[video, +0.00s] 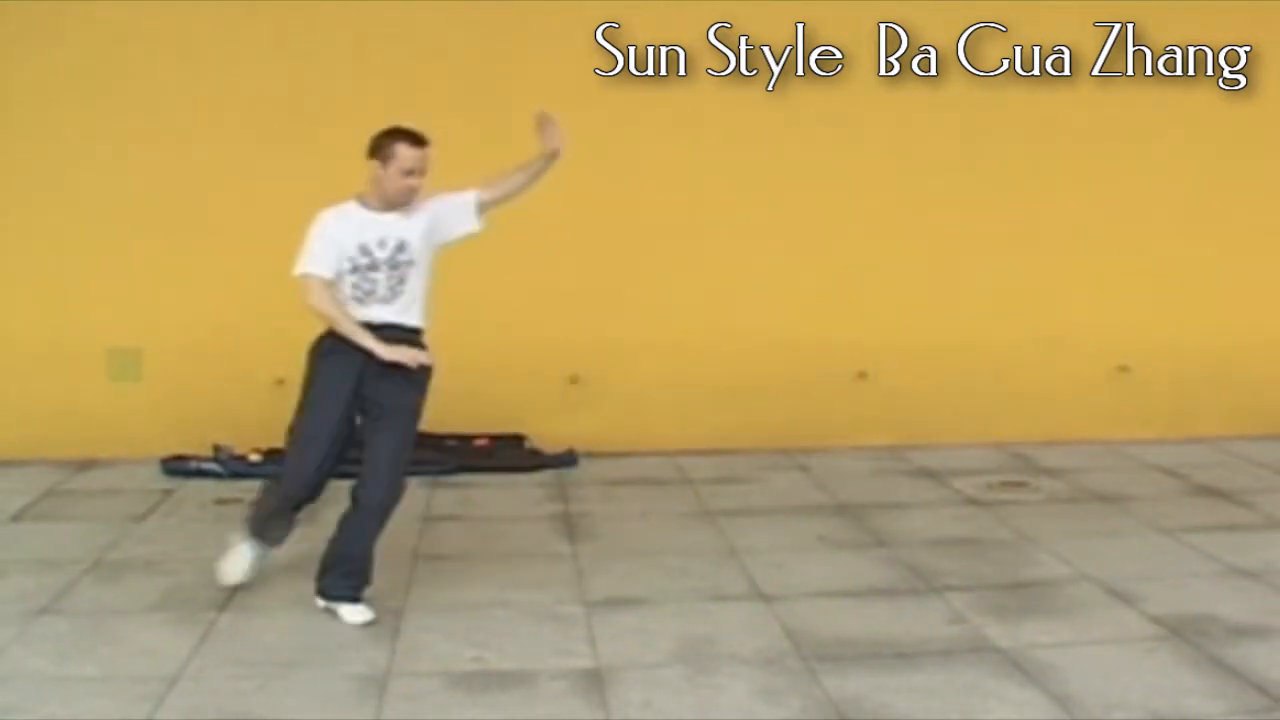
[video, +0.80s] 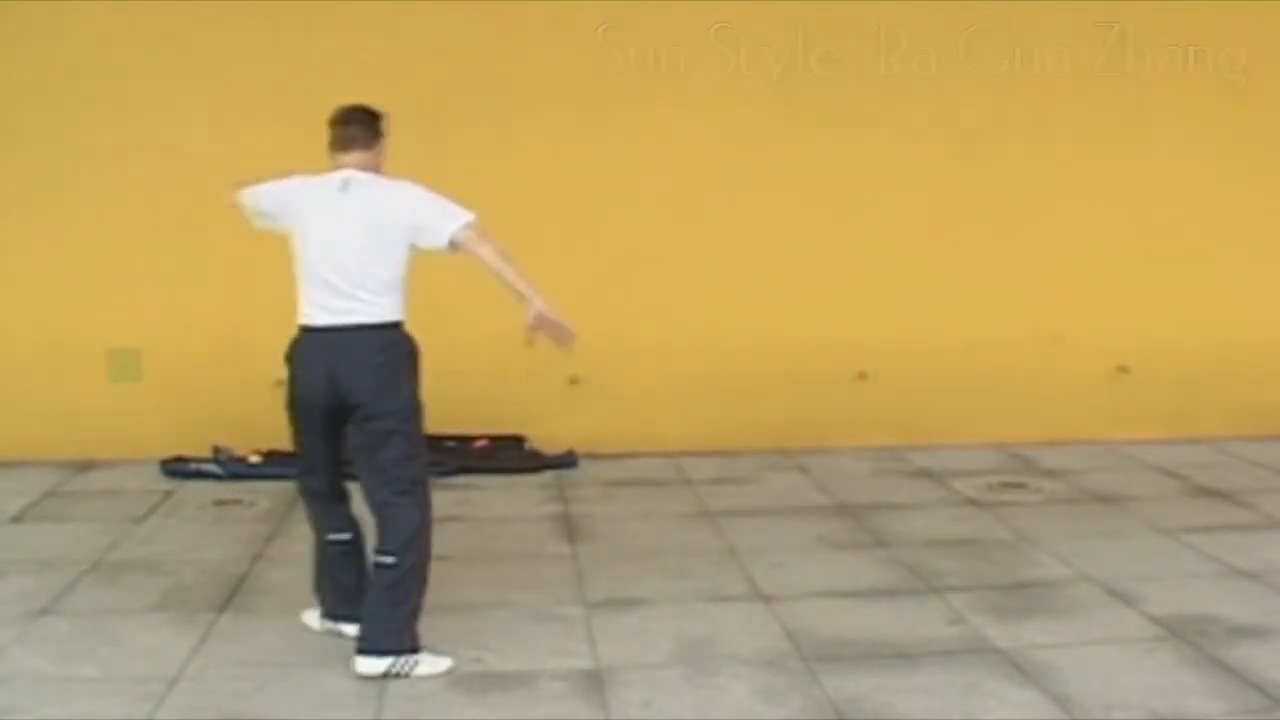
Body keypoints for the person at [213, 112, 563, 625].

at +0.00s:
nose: (418, 184)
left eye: (422, 174)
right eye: (408, 172)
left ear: (423, 174)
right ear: (376, 169)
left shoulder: (427, 217)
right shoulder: (335, 222)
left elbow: (492, 194)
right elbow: (317, 295)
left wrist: (545, 158)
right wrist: (380, 347)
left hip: (403, 356)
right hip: (343, 349)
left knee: (382, 485)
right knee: (306, 467)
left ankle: (340, 588)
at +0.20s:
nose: (413, 182)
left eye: (415, 171)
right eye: (404, 170)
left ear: (405, 172)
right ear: (369, 165)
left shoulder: (407, 210)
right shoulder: (327, 224)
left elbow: (468, 180)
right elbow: (312, 303)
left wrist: (532, 144)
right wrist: (374, 363)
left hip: (394, 355)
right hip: (339, 357)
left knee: (388, 488)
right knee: (321, 482)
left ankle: (343, 589)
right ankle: (273, 618)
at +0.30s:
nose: (417, 179)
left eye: (419, 167)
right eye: (409, 167)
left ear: (385, 165)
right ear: (372, 161)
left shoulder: (399, 206)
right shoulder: (331, 219)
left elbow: (458, 170)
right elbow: (319, 303)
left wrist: (525, 135)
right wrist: (381, 369)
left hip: (385, 355)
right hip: (333, 360)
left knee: (391, 492)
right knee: (344, 491)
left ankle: (343, 593)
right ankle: (347, 633)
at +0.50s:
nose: (423, 172)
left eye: (426, 161)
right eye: (419, 159)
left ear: (385, 155)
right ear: (392, 154)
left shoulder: (359, 195)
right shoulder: (356, 208)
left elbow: (423, 159)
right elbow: (358, 301)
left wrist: (475, 130)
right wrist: (403, 366)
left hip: (339, 355)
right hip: (341, 361)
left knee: (370, 489)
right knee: (389, 507)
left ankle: (326, 591)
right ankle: (382, 646)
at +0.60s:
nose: (420, 166)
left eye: (423, 155)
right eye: (420, 154)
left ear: (370, 142)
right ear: (402, 147)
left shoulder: (330, 187)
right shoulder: (383, 202)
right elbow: (402, 283)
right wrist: (446, 356)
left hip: (312, 350)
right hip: (355, 357)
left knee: (355, 489)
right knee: (395, 504)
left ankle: (327, 602)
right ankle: (384, 646)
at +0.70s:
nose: (407, 159)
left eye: (407, 151)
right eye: (407, 150)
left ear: (355, 146)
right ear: (398, 148)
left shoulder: (314, 191)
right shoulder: (400, 200)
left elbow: (294, 177)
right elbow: (452, 273)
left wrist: (345, 162)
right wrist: (493, 336)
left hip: (309, 352)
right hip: (364, 356)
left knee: (340, 486)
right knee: (399, 500)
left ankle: (343, 607)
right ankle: (384, 646)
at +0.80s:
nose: (380, 157)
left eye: (369, 149)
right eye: (381, 148)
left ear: (331, 148)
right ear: (378, 148)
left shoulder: (301, 194)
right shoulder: (400, 198)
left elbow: (243, 201)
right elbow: (471, 236)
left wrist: (307, 193)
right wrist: (532, 299)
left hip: (314, 354)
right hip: (381, 353)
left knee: (321, 487)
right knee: (400, 497)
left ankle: (342, 607)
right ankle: (386, 645)